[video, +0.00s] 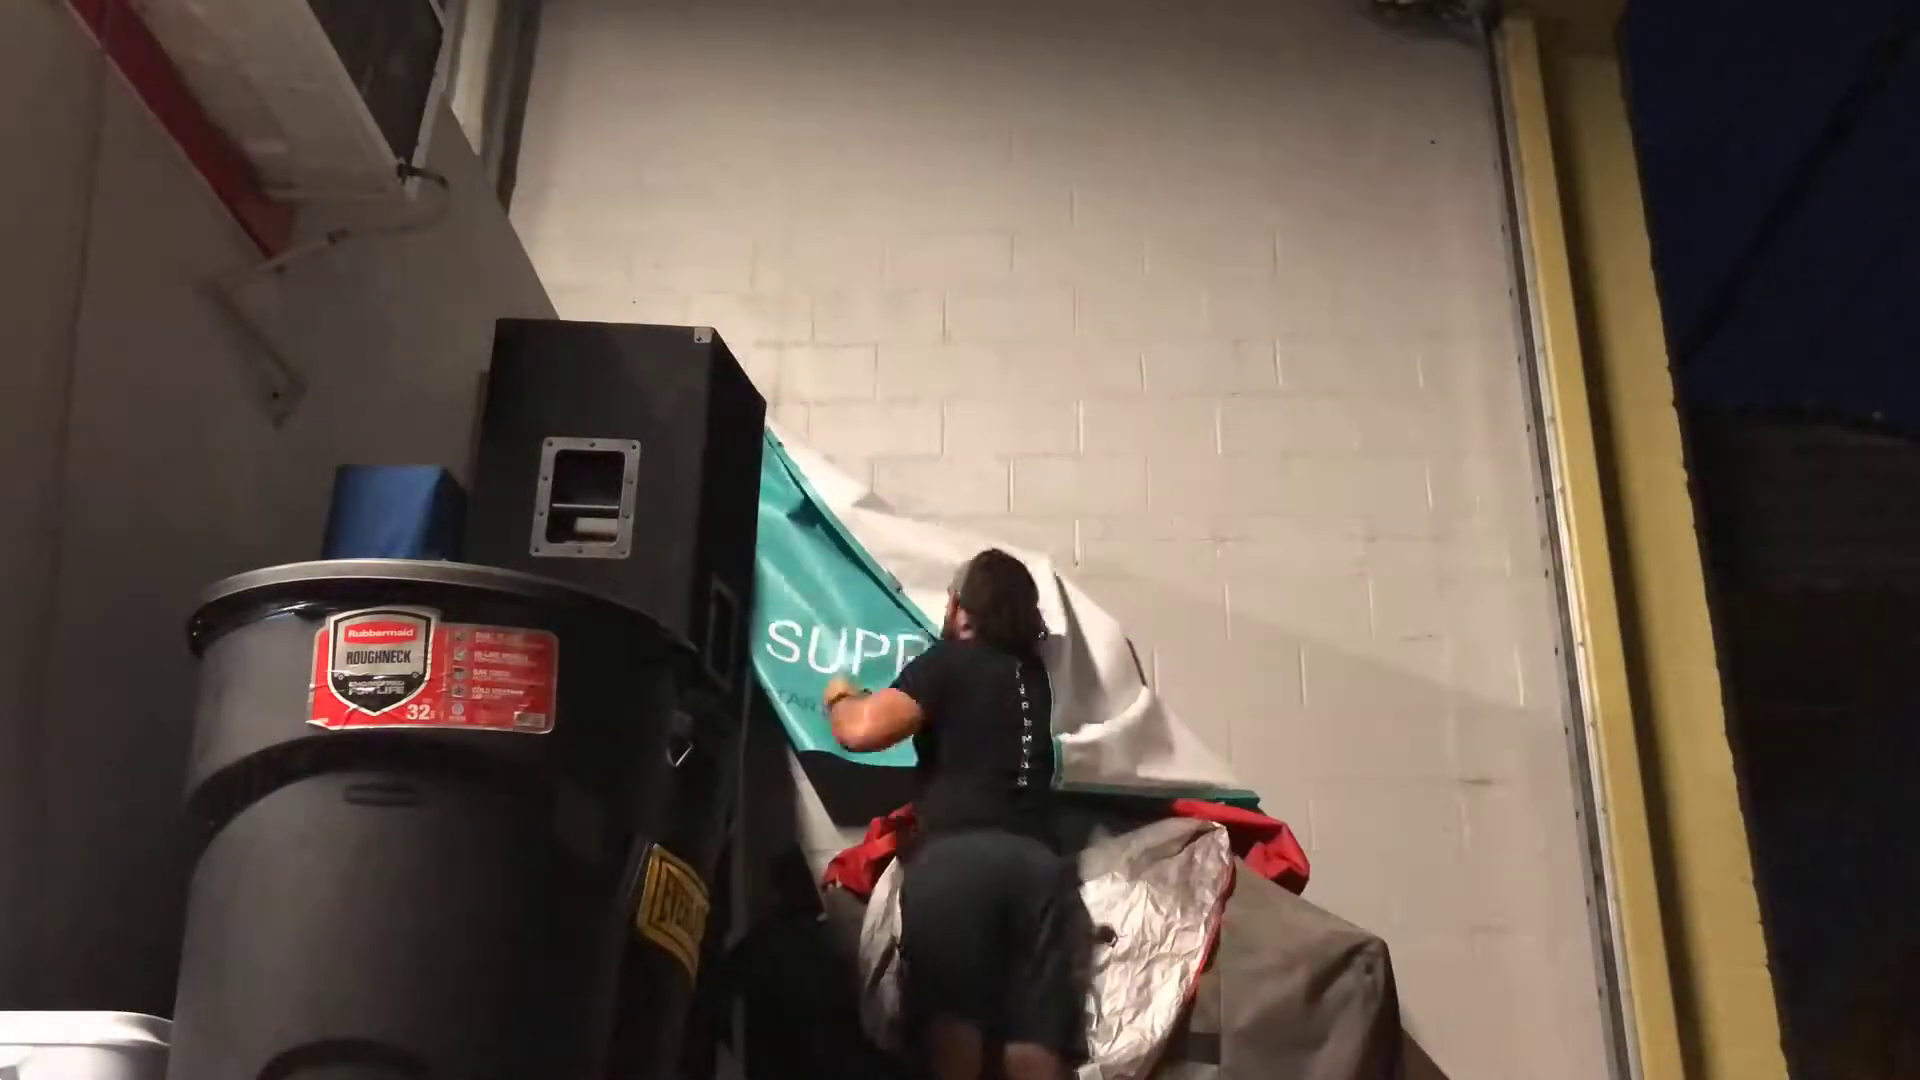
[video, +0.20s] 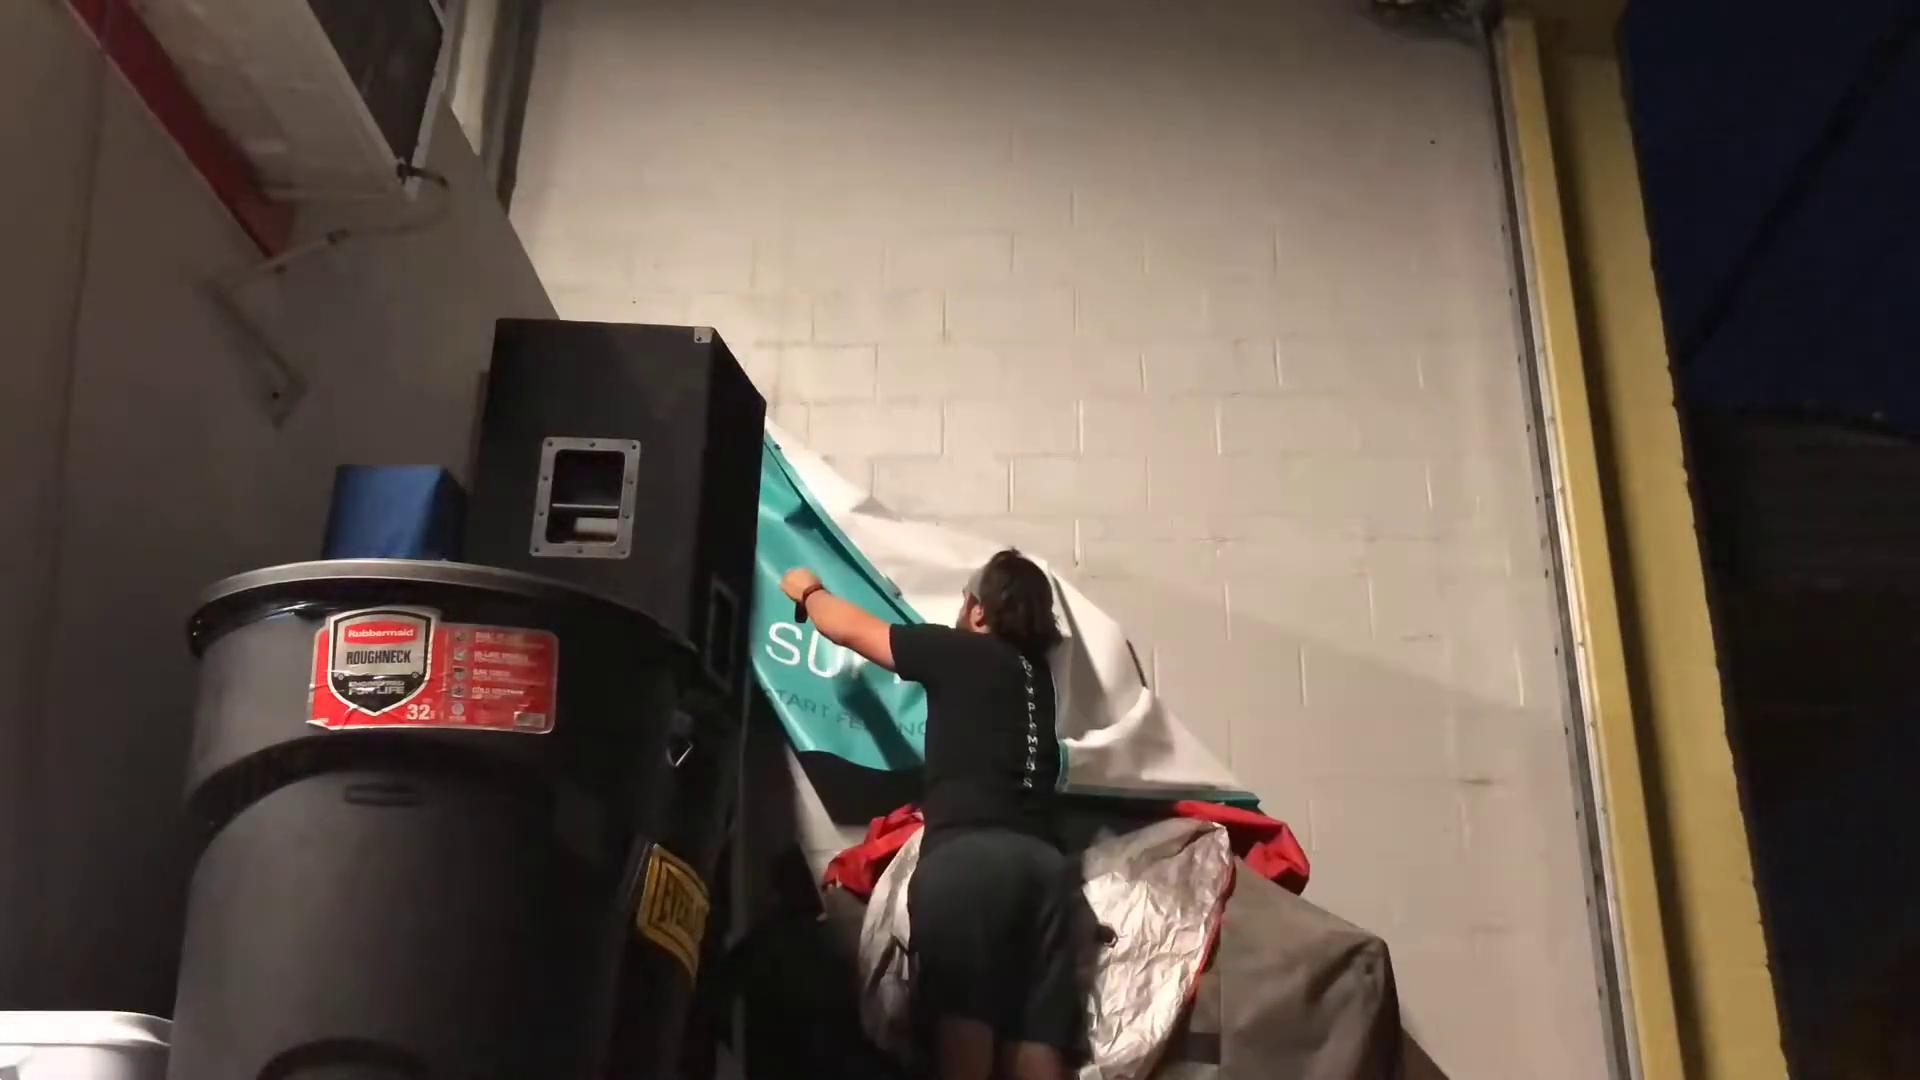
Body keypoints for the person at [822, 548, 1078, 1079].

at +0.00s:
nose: (948, 602)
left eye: (954, 596)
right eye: (952, 594)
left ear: (962, 609)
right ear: (1021, 615)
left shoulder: (946, 664)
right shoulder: (1034, 677)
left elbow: (859, 732)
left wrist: (840, 697)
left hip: (957, 851)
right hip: (1038, 856)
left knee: (953, 1028)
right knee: (1034, 1038)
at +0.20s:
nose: (962, 607)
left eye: (967, 599)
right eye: (966, 598)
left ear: (979, 610)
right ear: (1034, 618)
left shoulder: (956, 651)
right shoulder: (1038, 673)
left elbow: (850, 627)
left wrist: (807, 591)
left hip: (967, 851)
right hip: (1046, 859)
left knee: (963, 1034)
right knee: (1040, 1042)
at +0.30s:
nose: (960, 609)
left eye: (965, 600)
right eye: (964, 599)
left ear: (977, 611)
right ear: (1033, 620)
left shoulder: (957, 652)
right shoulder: (1037, 675)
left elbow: (849, 626)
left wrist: (809, 589)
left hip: (967, 853)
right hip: (1046, 861)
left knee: (962, 1037)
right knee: (1040, 1045)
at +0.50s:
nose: (956, 617)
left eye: (961, 605)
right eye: (961, 605)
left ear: (973, 613)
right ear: (1033, 618)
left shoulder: (977, 656)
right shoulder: (1038, 672)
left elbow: (969, 739)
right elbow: (1020, 772)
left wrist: (913, 789)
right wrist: (930, 809)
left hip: (982, 852)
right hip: (1051, 857)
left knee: (967, 1026)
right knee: (1043, 1036)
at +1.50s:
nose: (957, 605)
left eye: (961, 596)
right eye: (961, 595)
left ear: (972, 602)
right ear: (1038, 604)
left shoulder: (962, 658)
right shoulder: (1063, 672)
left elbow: (923, 762)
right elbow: (1044, 764)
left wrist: (903, 803)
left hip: (966, 856)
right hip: (1047, 862)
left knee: (962, 1041)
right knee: (1037, 1047)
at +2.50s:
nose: (935, 619)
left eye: (937, 609)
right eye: (937, 608)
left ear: (947, 615)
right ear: (1012, 609)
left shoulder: (940, 666)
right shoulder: (1047, 667)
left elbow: (911, 768)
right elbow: (1048, 762)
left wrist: (911, 819)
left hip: (964, 855)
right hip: (1047, 861)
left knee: (963, 1038)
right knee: (1038, 1044)